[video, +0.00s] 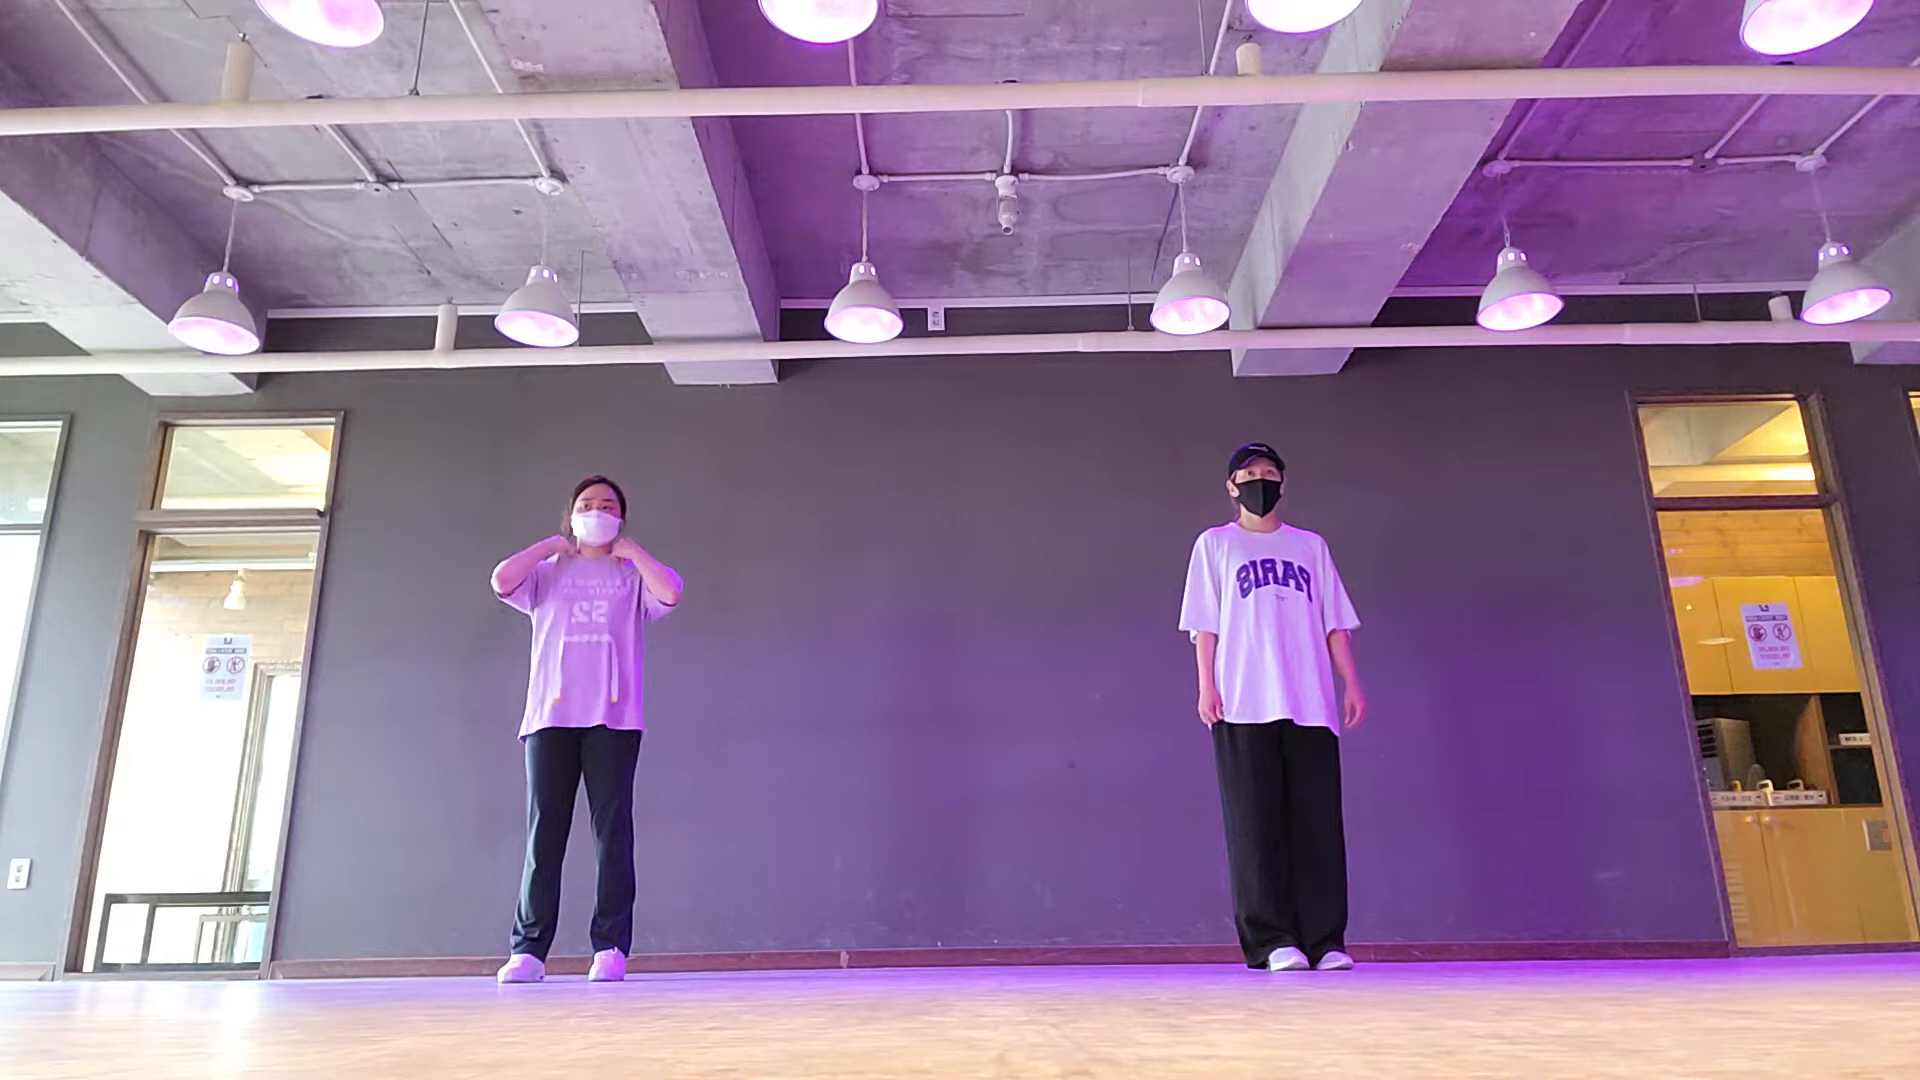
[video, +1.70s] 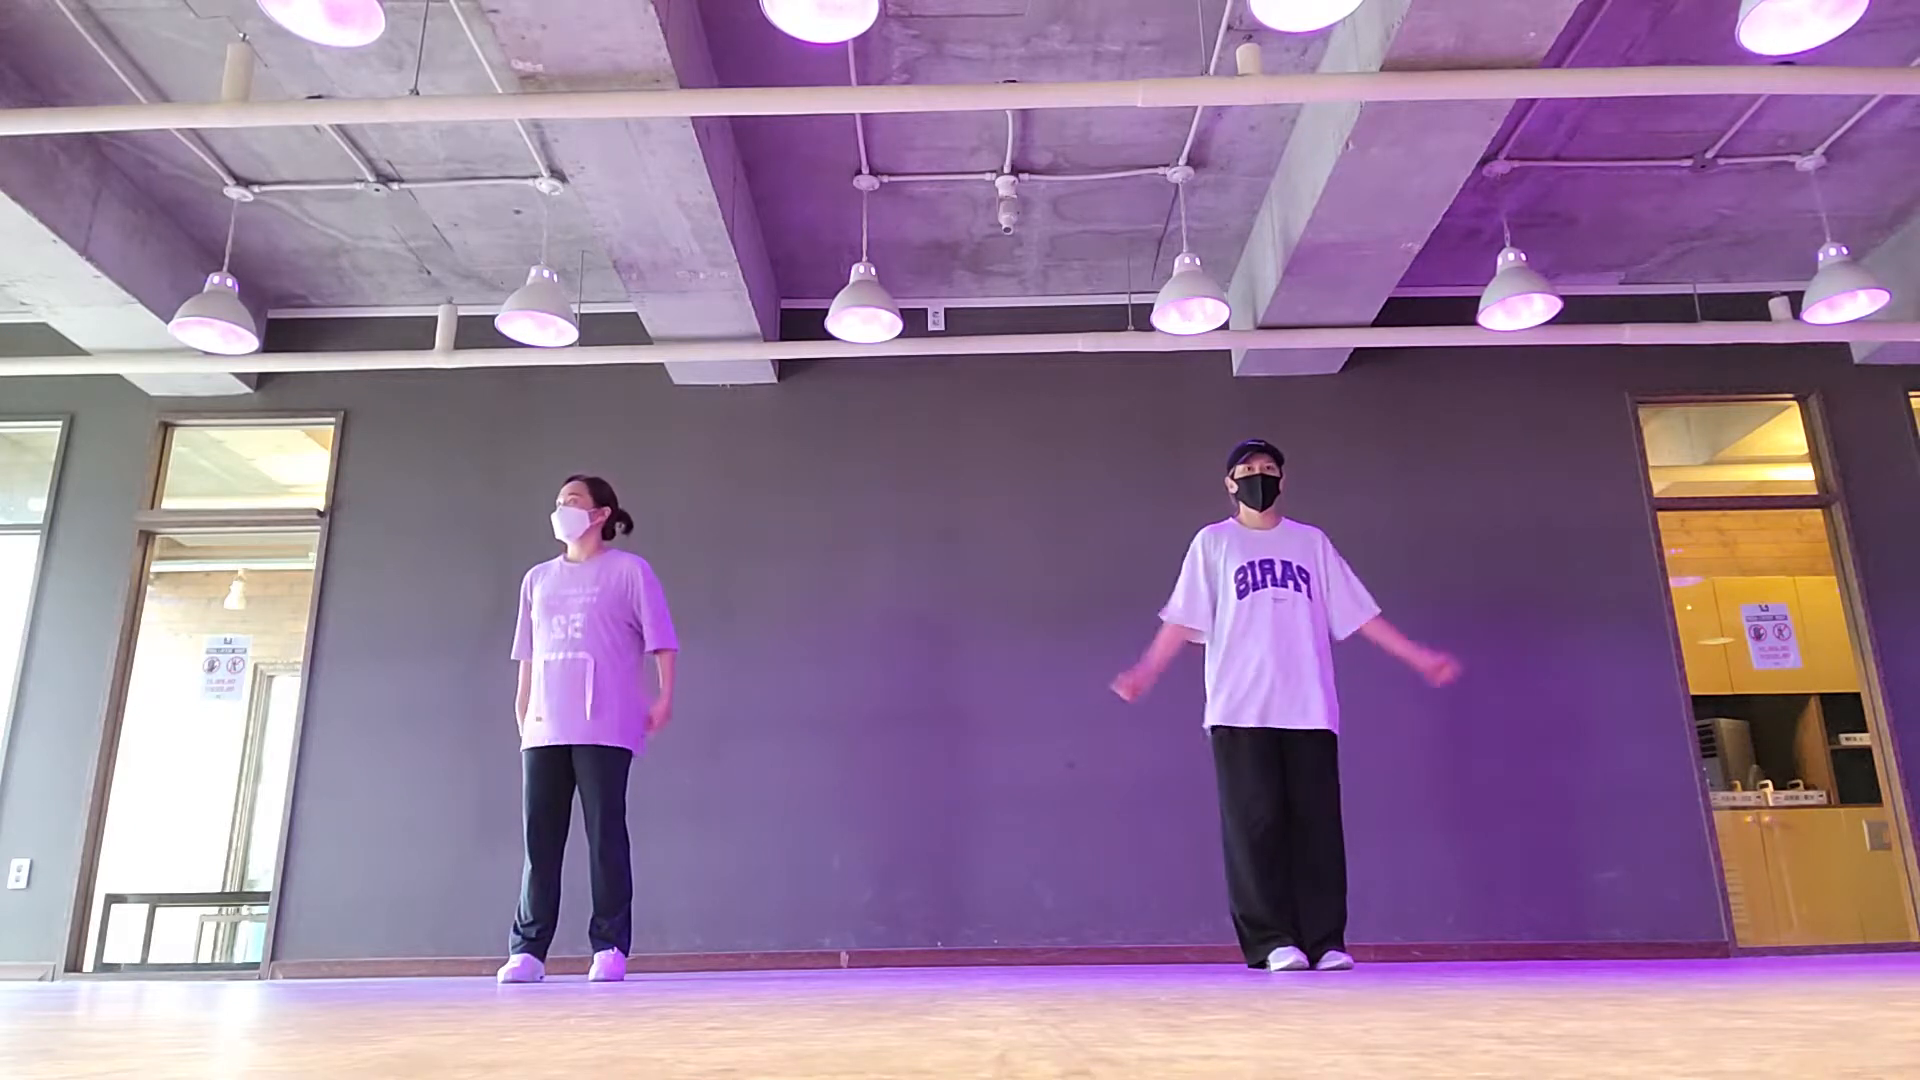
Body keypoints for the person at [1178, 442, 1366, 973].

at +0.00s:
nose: (1261, 481)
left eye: (1270, 473)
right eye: (1250, 474)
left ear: (1282, 484)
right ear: (1233, 486)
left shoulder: (1312, 546)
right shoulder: (1213, 545)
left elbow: (1335, 625)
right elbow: (1204, 624)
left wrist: (1351, 683)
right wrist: (1207, 685)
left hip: (1310, 704)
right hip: (1245, 706)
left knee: (1317, 823)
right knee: (1257, 828)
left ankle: (1325, 941)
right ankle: (1271, 944)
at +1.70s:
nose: (1259, 481)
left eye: (1268, 473)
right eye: (1248, 473)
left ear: (1282, 481)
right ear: (1230, 484)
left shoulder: (1313, 543)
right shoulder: (1211, 543)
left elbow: (1362, 616)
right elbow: (1181, 621)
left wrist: (1420, 658)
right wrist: (1144, 671)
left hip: (1309, 708)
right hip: (1241, 711)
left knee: (1317, 824)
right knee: (1257, 827)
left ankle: (1325, 941)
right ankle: (1273, 944)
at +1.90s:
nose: (1260, 481)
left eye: (1269, 473)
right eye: (1249, 473)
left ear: (1282, 482)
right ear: (1230, 483)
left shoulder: (1313, 539)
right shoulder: (1208, 542)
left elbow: (1360, 588)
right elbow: (1172, 599)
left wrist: (1404, 600)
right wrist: (1154, 604)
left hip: (1313, 705)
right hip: (1244, 708)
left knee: (1320, 825)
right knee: (1262, 829)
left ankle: (1327, 942)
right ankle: (1276, 945)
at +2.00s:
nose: (1260, 478)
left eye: (1269, 470)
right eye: (1249, 470)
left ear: (1281, 479)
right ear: (1231, 481)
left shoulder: (1313, 538)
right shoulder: (1209, 539)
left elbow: (1368, 597)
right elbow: (1172, 610)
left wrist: (1369, 584)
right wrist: (1205, 566)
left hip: (1311, 704)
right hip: (1242, 707)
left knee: (1319, 821)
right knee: (1262, 827)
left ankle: (1328, 942)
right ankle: (1276, 945)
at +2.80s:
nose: (1271, 489)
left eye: (1280, 482)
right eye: (1260, 481)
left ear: (1290, 494)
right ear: (1240, 492)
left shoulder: (1315, 555)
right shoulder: (1215, 545)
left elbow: (1364, 615)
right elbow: (1179, 604)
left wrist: (1348, 550)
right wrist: (1185, 634)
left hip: (1317, 715)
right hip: (1249, 713)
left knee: (1332, 832)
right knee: (1267, 831)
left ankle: (1325, 943)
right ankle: (1275, 946)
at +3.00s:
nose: (1254, 479)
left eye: (1263, 471)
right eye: (1243, 473)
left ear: (1277, 482)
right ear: (1226, 486)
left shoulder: (1318, 536)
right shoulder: (1210, 543)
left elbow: (1389, 552)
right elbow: (1196, 618)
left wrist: (1377, 486)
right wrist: (1220, 650)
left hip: (1317, 706)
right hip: (1248, 710)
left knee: (1324, 826)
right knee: (1265, 830)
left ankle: (1329, 944)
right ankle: (1280, 946)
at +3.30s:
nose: (1233, 478)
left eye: (1242, 470)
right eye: (1222, 474)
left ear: (1260, 482)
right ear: (1211, 494)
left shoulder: (1304, 527)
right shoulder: (1205, 554)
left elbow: (1369, 524)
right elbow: (1186, 630)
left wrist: (1436, 517)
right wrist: (1242, 609)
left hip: (1313, 703)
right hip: (1245, 713)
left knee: (1318, 823)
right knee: (1261, 826)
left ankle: (1324, 942)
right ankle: (1276, 943)